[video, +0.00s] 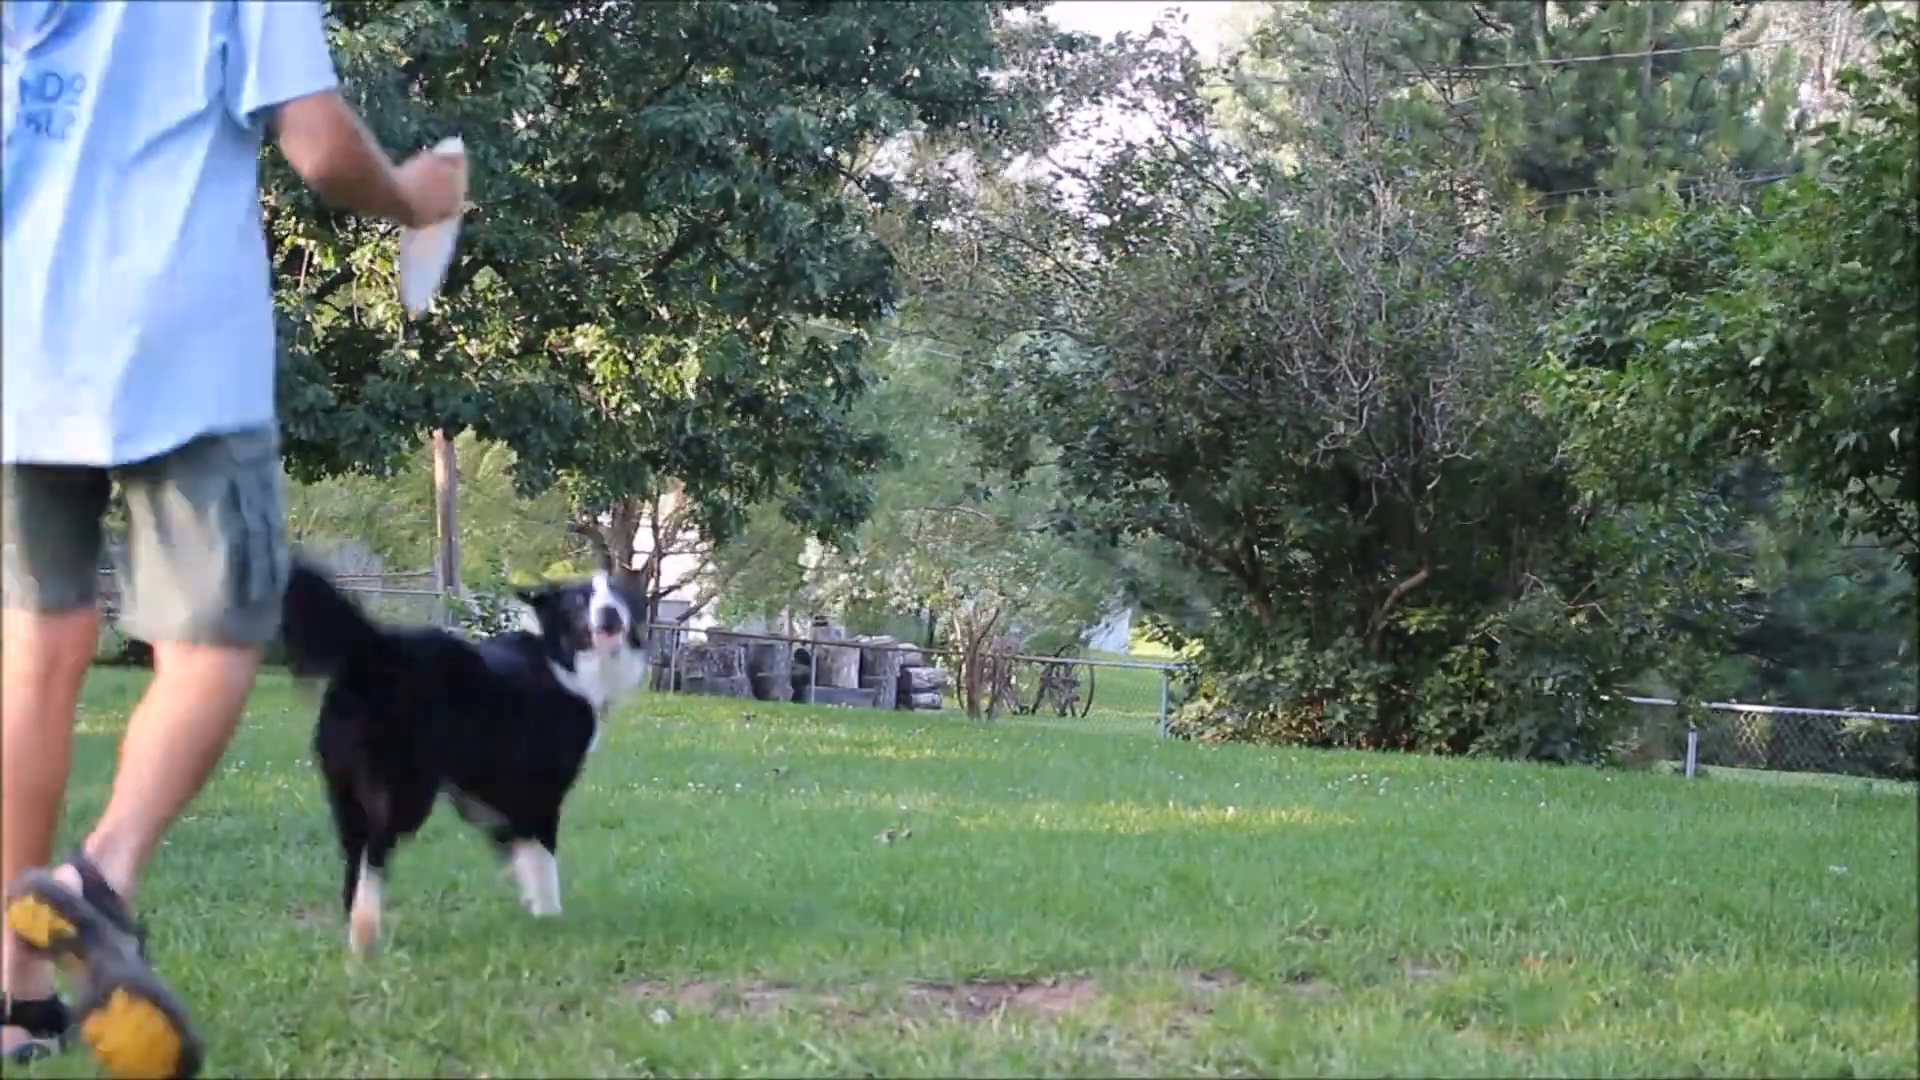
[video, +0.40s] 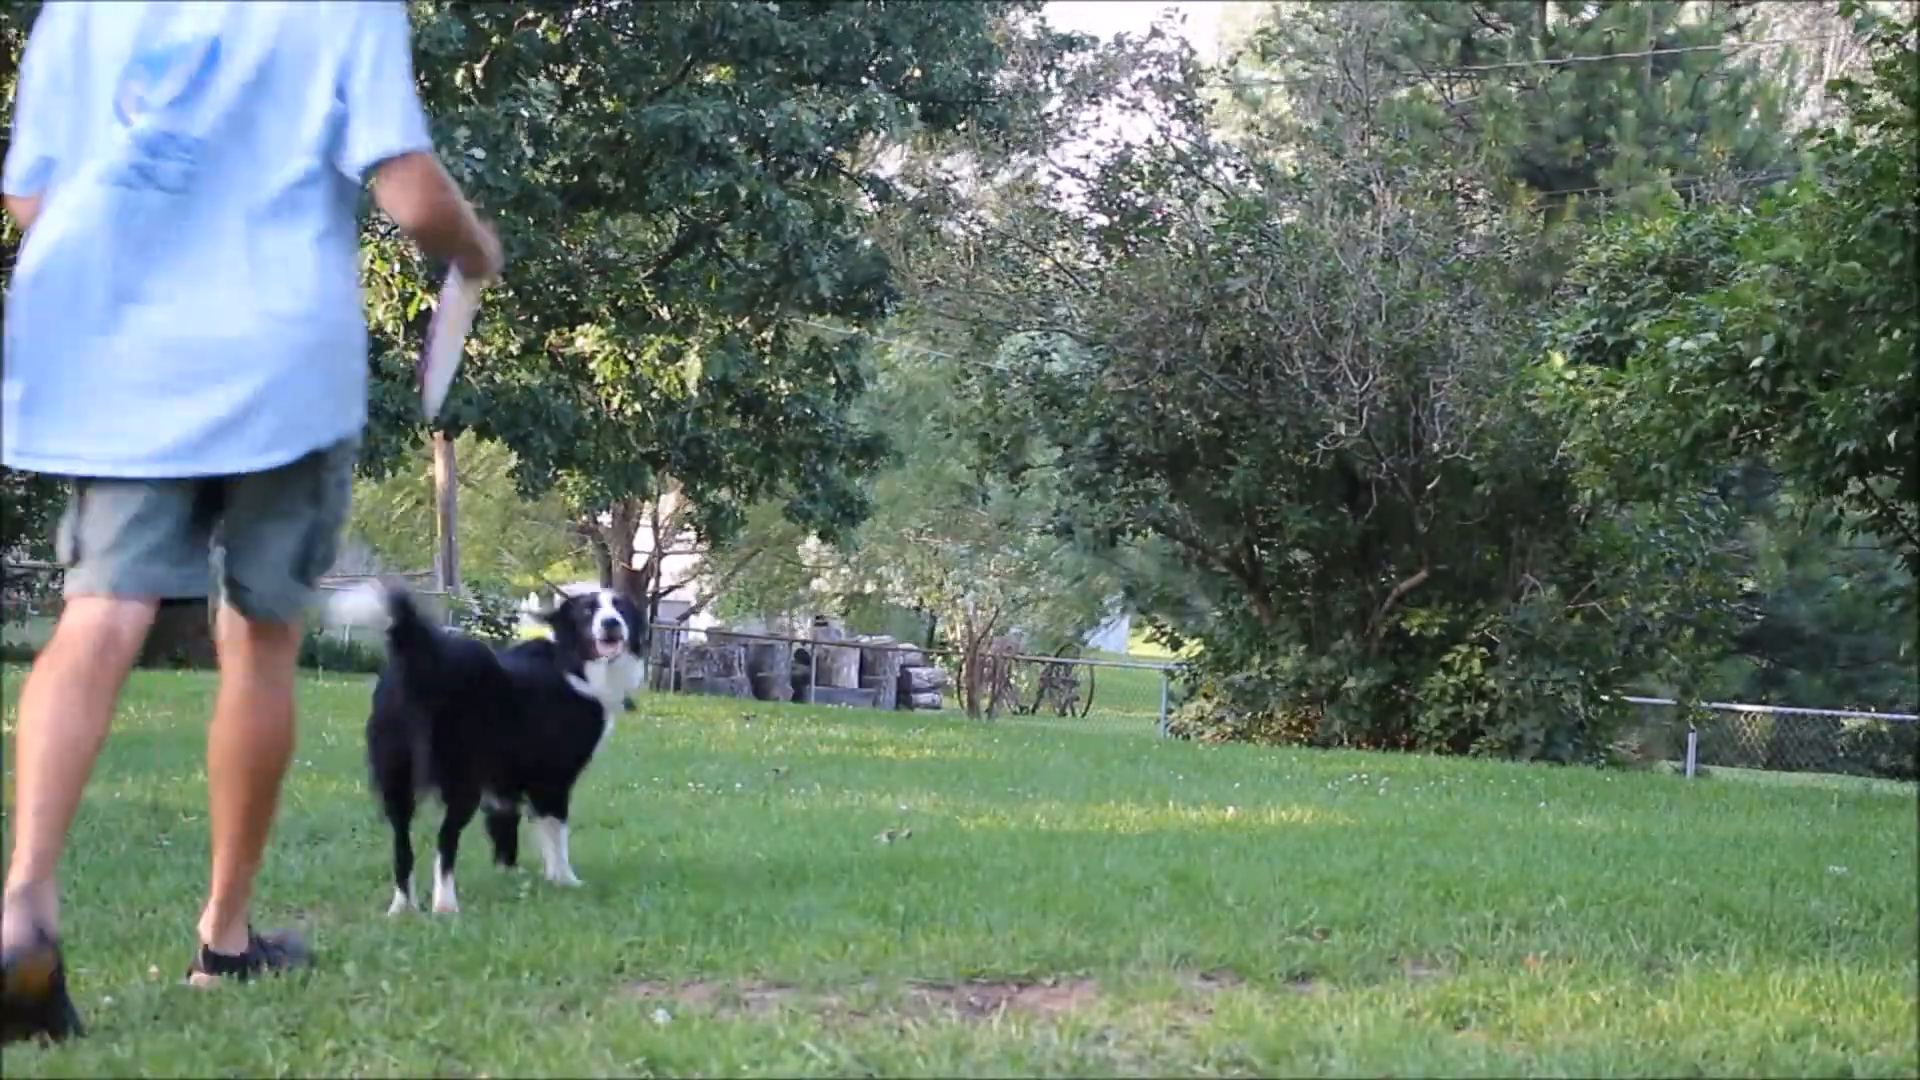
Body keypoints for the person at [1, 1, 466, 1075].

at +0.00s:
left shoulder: (27, 16)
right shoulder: (244, 3)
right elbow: (321, 148)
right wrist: (409, 192)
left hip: (16, 337)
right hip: (178, 335)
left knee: (36, 644)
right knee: (211, 641)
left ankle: (20, 991)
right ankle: (104, 872)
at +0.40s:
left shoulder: (80, 9)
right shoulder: (349, 9)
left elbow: (28, 196)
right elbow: (412, 198)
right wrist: (473, 250)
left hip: (116, 354)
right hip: (284, 361)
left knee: (98, 618)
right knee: (259, 646)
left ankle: (25, 907)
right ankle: (225, 930)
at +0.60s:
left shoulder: (188, 7)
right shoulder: (434, 10)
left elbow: (136, 199)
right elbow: (497, 213)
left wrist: (238, 238)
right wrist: (471, 263)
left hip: (210, 357)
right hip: (356, 368)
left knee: (208, 590)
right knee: (302, 647)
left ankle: (129, 816)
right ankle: (227, 929)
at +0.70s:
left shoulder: (234, 8)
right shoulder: (474, 10)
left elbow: (185, 191)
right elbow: (550, 197)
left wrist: (300, 211)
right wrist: (460, 234)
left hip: (257, 344)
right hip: (394, 349)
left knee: (274, 591)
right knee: (323, 620)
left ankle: (232, 876)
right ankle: (225, 920)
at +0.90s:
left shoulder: (321, 63)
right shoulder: (544, 55)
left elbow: (283, 254)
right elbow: (621, 249)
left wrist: (366, 294)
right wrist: (532, 301)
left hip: (354, 400)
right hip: (483, 399)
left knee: (381, 637)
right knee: (440, 656)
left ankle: (380, 887)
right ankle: (294, 843)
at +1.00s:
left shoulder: (372, 64)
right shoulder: (591, 52)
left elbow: (335, 254)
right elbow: (664, 242)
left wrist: (427, 246)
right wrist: (586, 296)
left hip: (402, 386)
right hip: (539, 386)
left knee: (408, 619)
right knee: (529, 618)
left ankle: (380, 873)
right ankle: (415, 776)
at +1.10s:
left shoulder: (420, 54)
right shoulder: (644, 47)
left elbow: (379, 237)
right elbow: (716, 235)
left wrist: (477, 246)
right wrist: (619, 270)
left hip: (453, 383)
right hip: (594, 381)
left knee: (432, 623)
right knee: (609, 587)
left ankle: (383, 876)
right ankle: (568, 801)